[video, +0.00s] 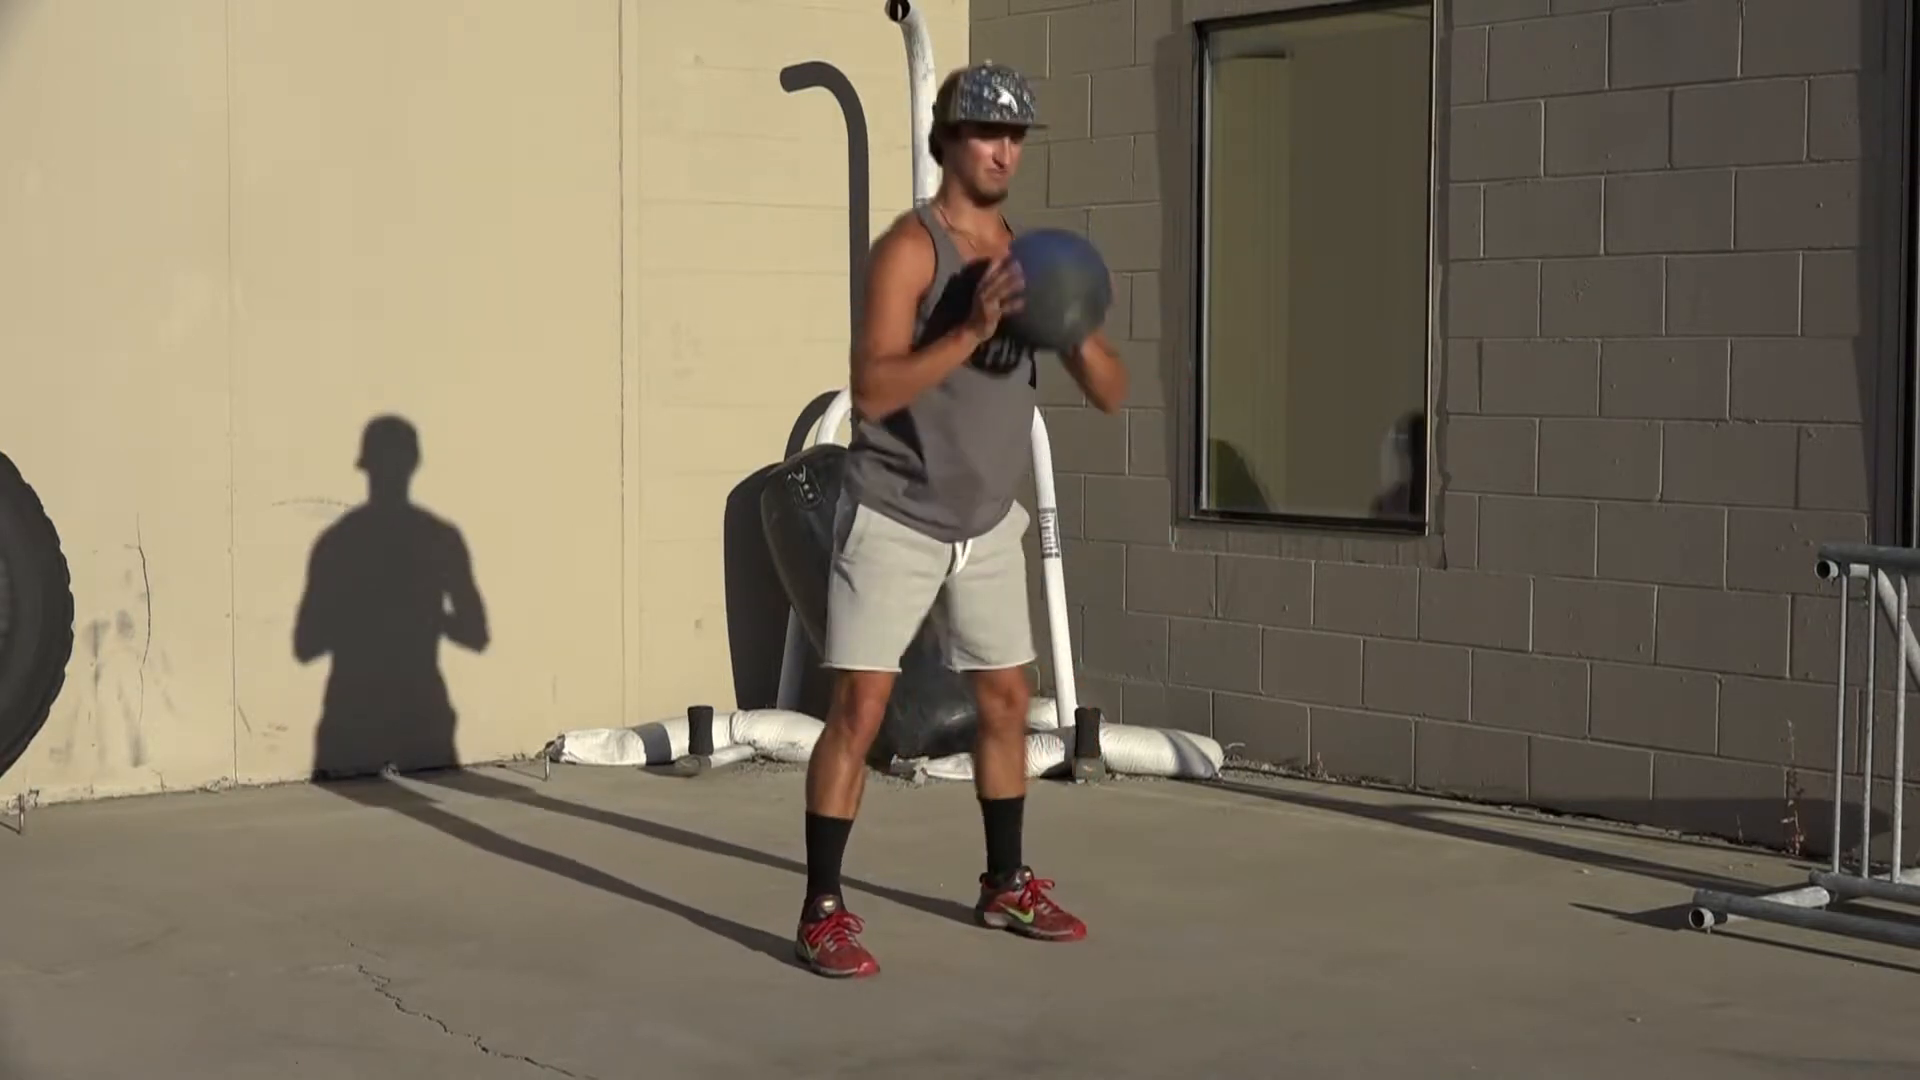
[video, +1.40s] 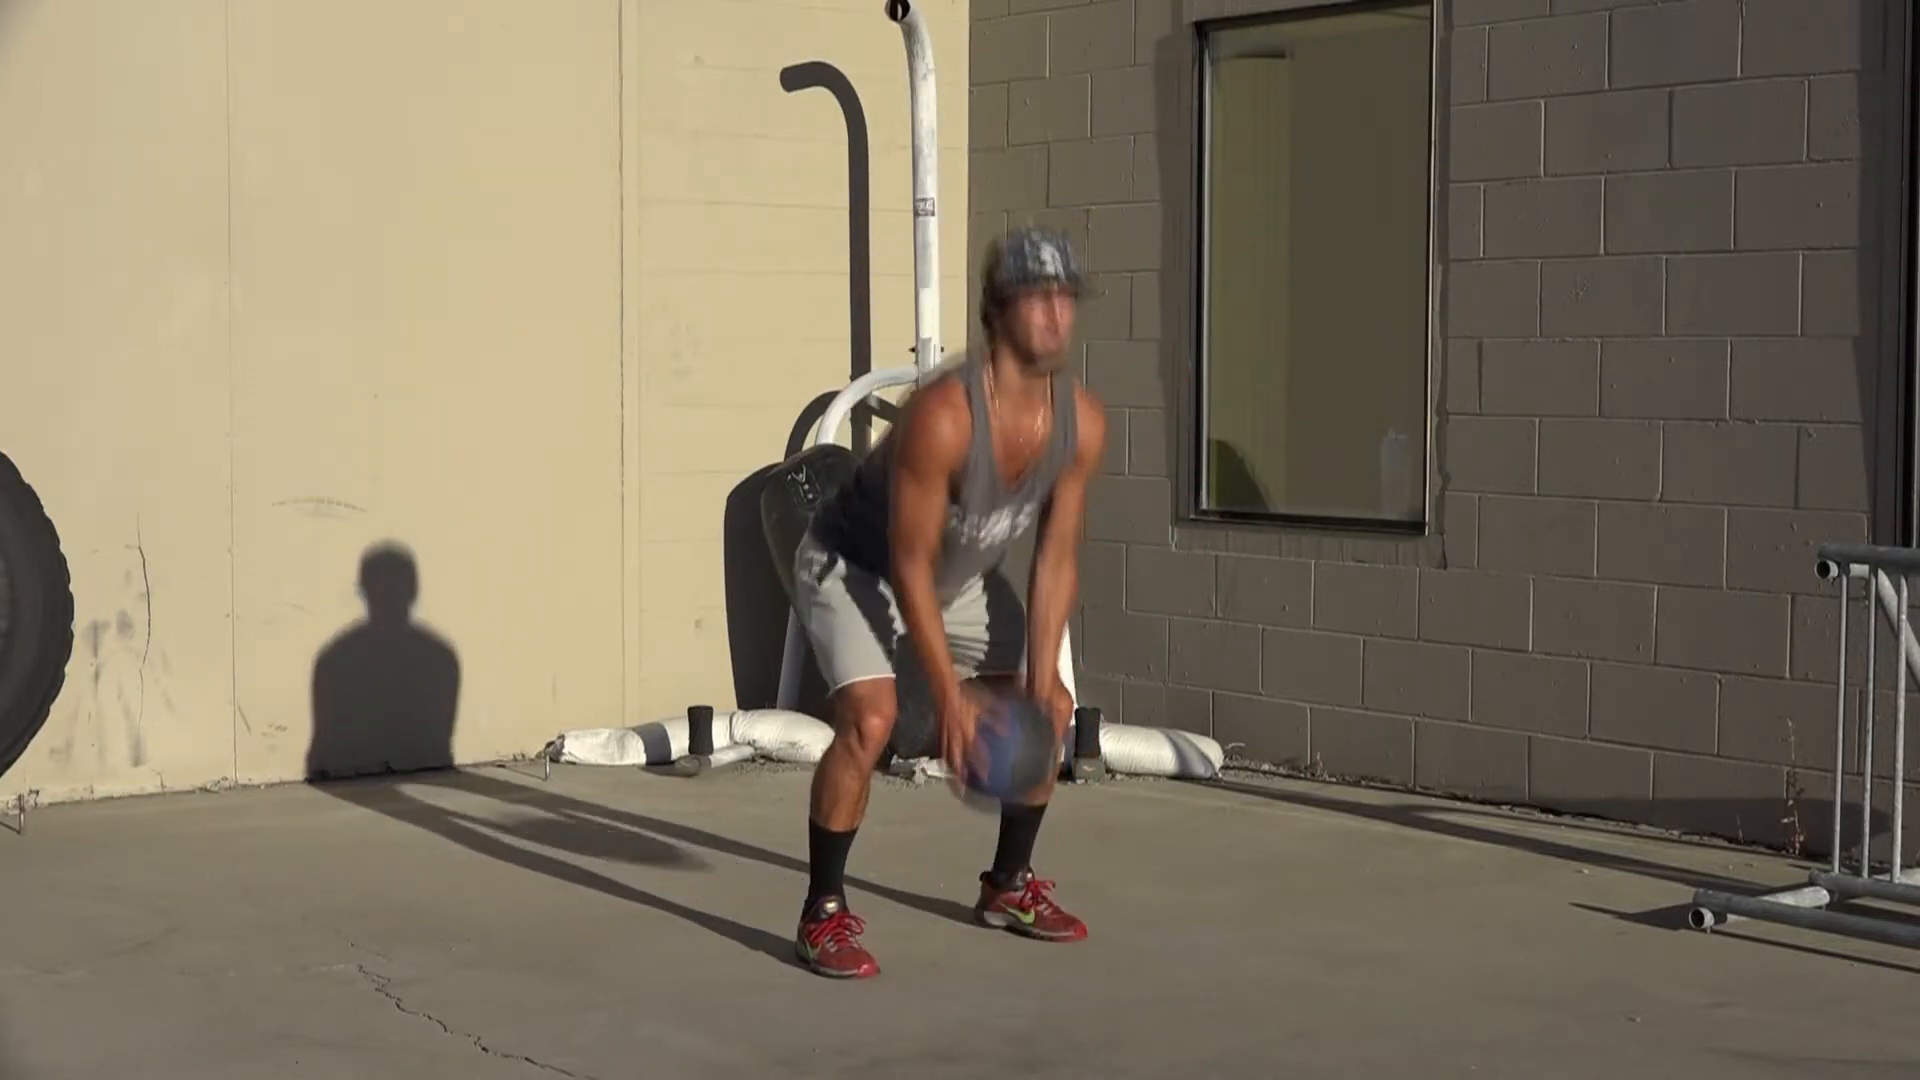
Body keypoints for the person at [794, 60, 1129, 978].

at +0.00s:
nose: (1001, 150)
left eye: (1012, 137)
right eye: (983, 134)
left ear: (1024, 151)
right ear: (945, 143)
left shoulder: (1030, 258)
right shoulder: (906, 251)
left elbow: (1112, 393)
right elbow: (871, 393)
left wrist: (1066, 314)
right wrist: (973, 330)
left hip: (992, 522)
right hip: (894, 517)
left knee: (1004, 700)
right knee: (860, 710)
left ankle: (1006, 886)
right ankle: (822, 910)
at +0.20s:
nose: (997, 153)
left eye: (1011, 139)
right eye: (980, 135)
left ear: (1024, 149)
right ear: (943, 139)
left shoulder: (1041, 249)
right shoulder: (901, 245)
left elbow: (1054, 371)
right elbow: (859, 385)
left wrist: (1061, 416)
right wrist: (966, 393)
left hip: (994, 513)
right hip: (899, 507)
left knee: (988, 698)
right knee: (859, 702)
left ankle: (1004, 886)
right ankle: (823, 910)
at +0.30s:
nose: (1010, 166)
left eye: (1022, 151)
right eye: (993, 149)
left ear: (1032, 159)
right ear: (953, 150)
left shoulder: (1044, 260)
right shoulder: (905, 256)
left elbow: (1058, 398)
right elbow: (870, 401)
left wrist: (1070, 490)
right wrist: (966, 467)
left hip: (987, 515)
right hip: (888, 513)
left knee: (996, 698)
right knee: (857, 706)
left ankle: (1005, 887)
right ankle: (822, 910)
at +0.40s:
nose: (1028, 201)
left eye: (1039, 185)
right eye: (1011, 183)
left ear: (1047, 192)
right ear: (967, 183)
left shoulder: (1052, 296)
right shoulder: (912, 288)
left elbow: (1060, 443)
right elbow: (888, 448)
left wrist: (1065, 560)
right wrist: (963, 548)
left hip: (966, 527)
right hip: (869, 521)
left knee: (1006, 695)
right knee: (854, 706)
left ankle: (1006, 886)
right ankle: (820, 909)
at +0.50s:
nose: (1039, 257)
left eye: (1051, 242)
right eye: (1023, 239)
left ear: (1061, 250)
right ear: (981, 240)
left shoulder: (1057, 350)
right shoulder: (920, 342)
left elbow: (1059, 503)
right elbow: (915, 510)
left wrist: (1058, 638)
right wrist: (959, 634)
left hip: (953, 526)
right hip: (851, 525)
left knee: (1019, 682)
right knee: (853, 706)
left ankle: (1007, 882)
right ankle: (821, 910)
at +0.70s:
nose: (1058, 392)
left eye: (1069, 376)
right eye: (1043, 373)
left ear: (1078, 384)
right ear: (999, 377)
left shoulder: (1066, 477)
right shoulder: (930, 471)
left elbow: (1056, 630)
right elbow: (933, 634)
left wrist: (1049, 773)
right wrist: (953, 769)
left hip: (953, 587)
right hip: (841, 576)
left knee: (1034, 711)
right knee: (861, 719)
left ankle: (1012, 886)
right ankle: (822, 911)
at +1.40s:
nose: (1051, 314)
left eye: (1063, 298)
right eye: (1033, 297)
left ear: (1076, 312)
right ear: (997, 308)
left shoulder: (1081, 419)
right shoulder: (942, 413)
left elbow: (1057, 557)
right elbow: (909, 566)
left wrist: (1041, 685)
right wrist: (947, 698)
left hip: (958, 576)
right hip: (855, 566)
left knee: (1049, 708)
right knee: (873, 717)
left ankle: (1008, 884)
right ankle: (823, 912)